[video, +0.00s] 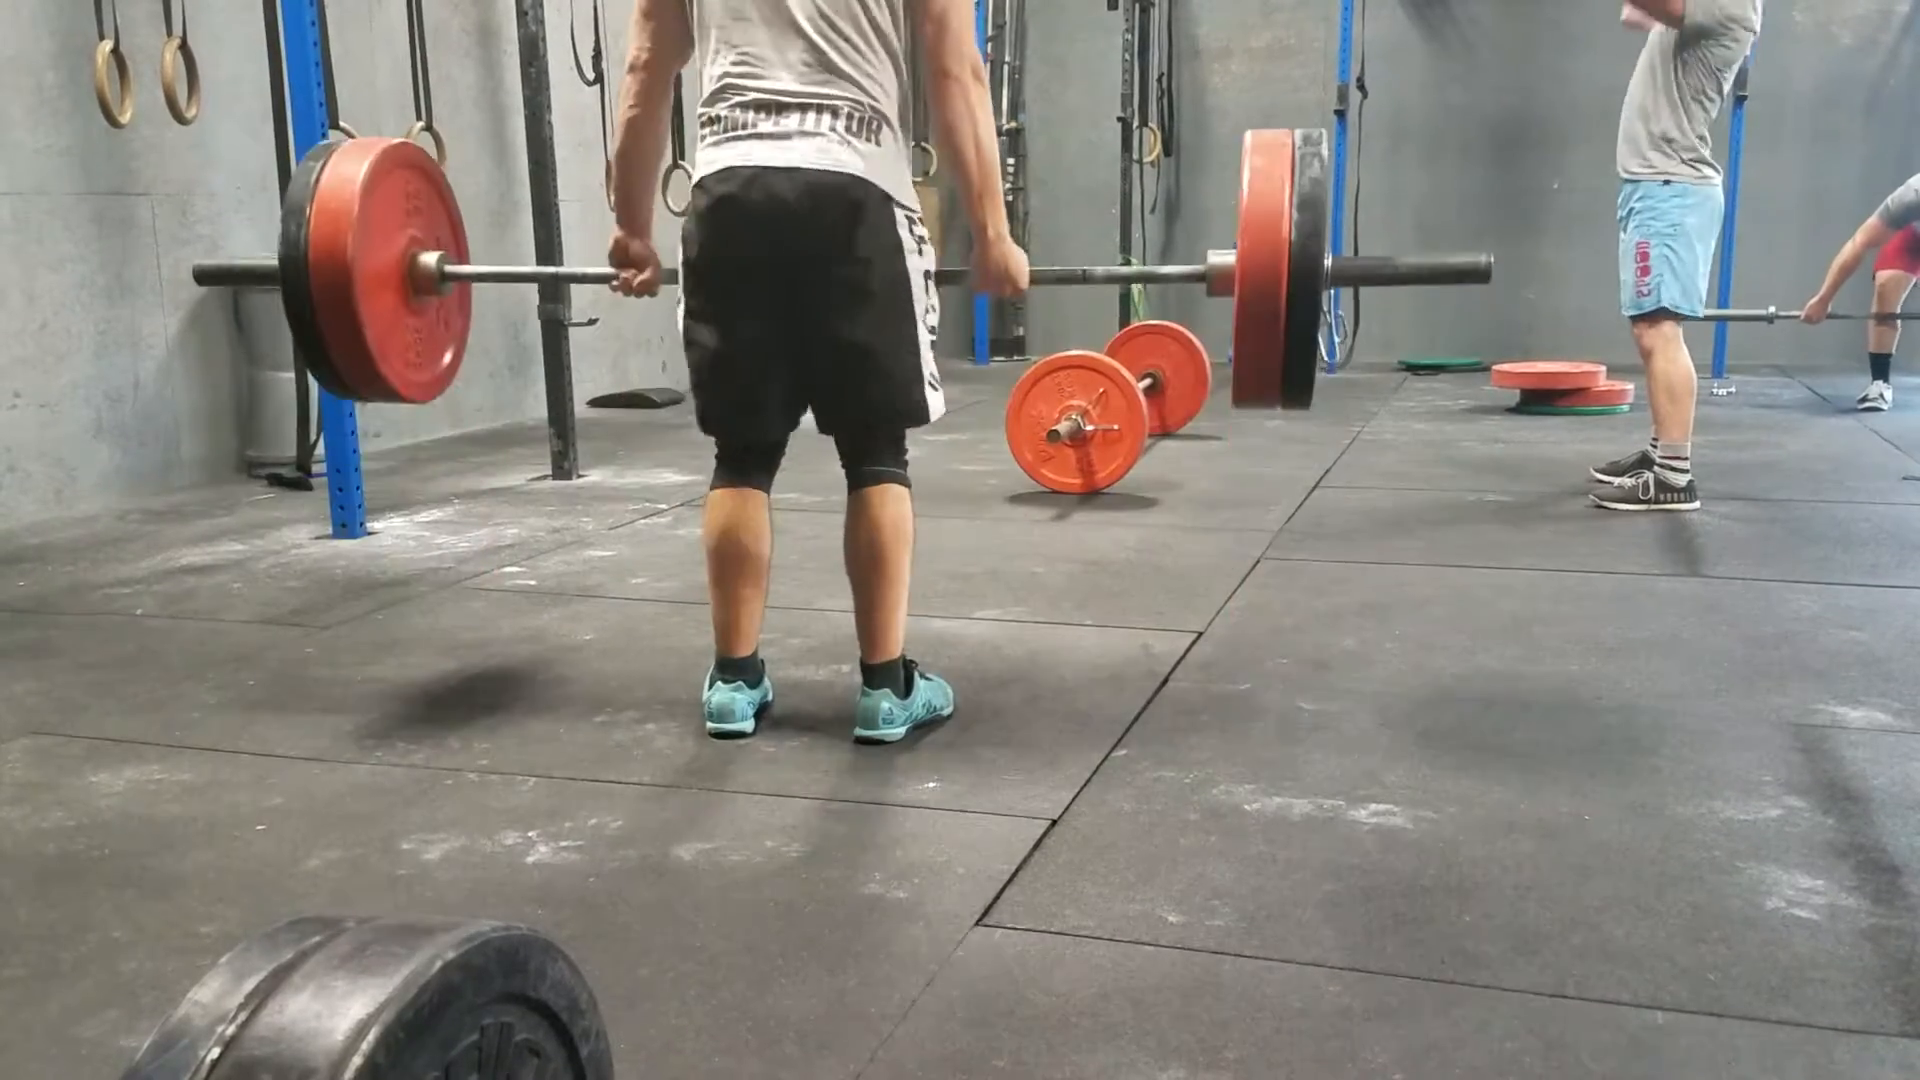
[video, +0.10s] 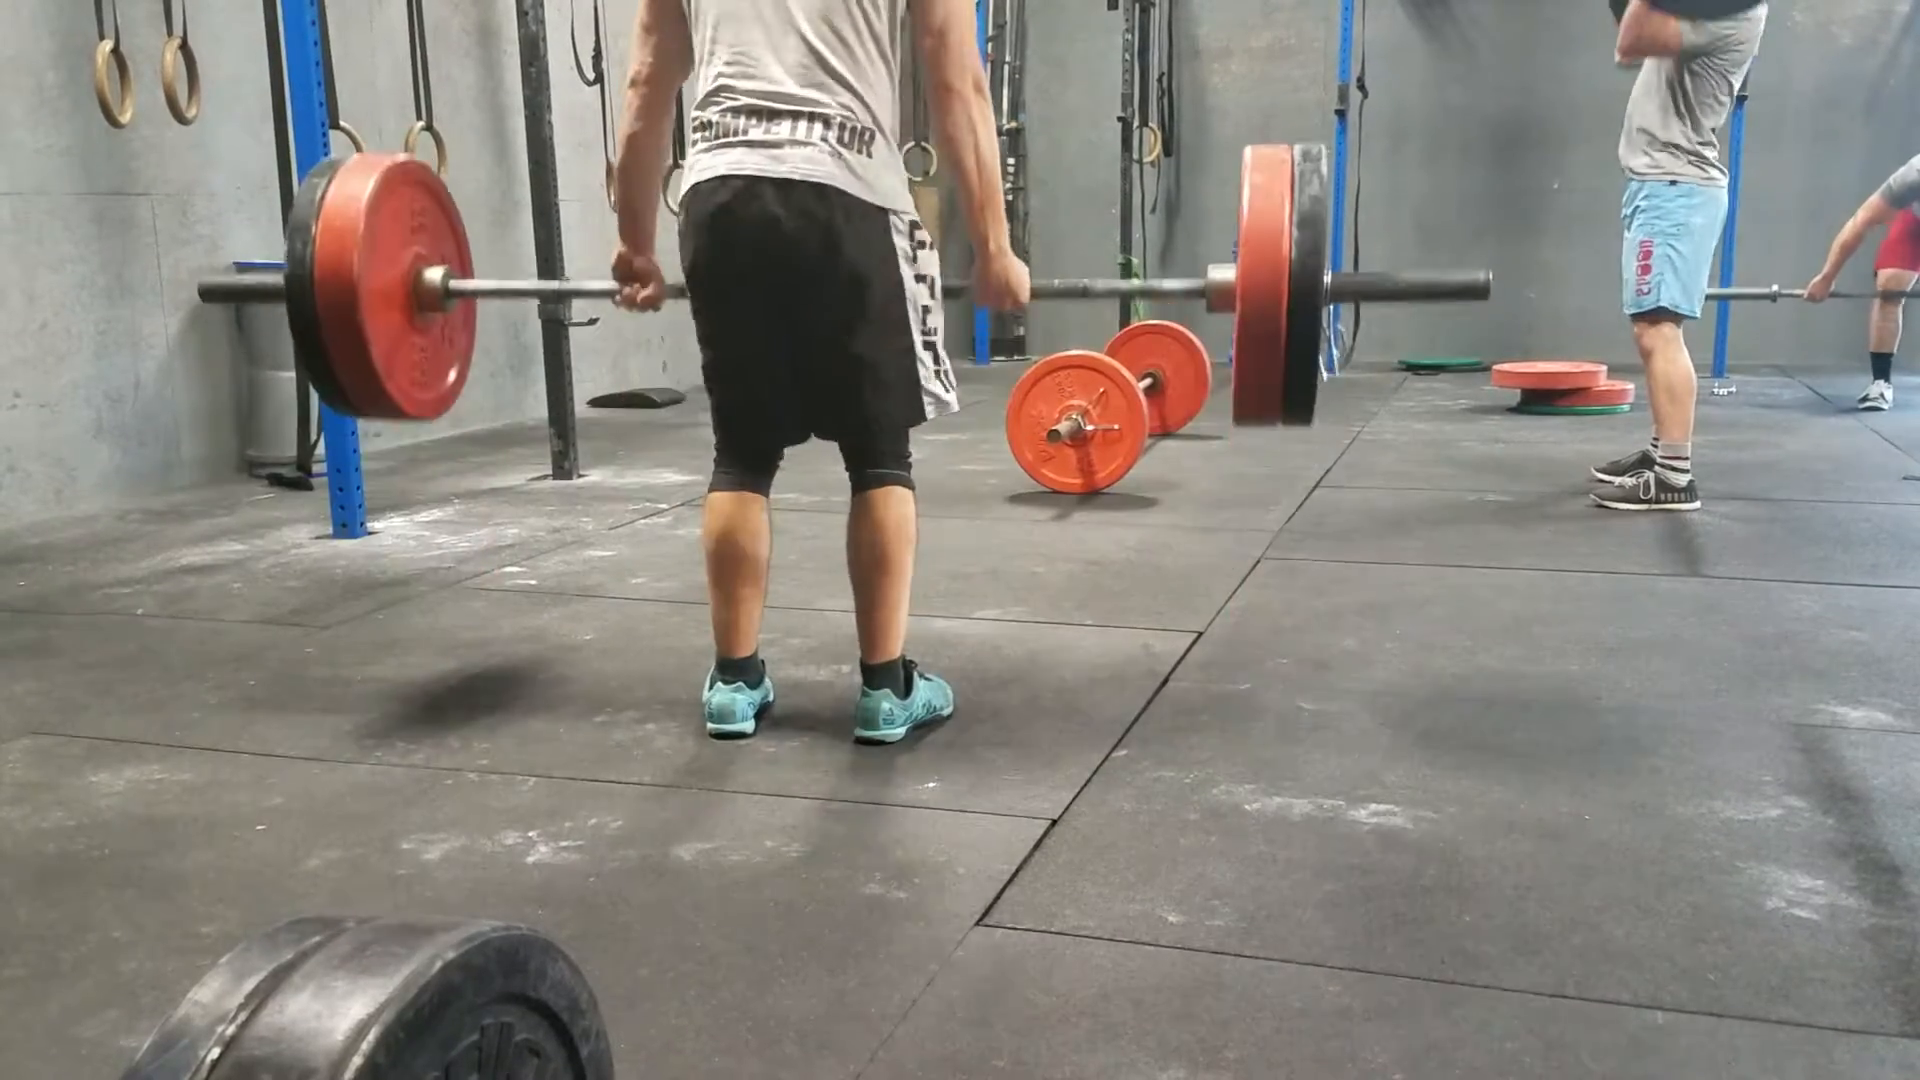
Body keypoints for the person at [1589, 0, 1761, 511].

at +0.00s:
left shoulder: (1730, 8)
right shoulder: (1704, 12)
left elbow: (1649, 5)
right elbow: (1631, 15)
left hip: (1671, 188)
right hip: (1654, 186)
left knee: (1658, 331)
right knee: (1652, 331)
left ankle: (1674, 473)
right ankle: (1661, 457)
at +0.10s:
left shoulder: (1737, 12)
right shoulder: (1708, 11)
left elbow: (1633, 39)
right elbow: (1629, 49)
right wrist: (1646, 4)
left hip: (1678, 186)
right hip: (1658, 183)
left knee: (1658, 330)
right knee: (1653, 329)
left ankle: (1674, 473)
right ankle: (1662, 456)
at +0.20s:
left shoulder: (1723, 32)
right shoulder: (1694, 20)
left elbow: (1636, 84)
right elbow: (1635, 82)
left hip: (1685, 190)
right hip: (1662, 186)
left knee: (1650, 330)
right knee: (1648, 330)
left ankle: (1674, 473)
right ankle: (1661, 455)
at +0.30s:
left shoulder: (1726, 20)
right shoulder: (1691, 16)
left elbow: (1635, 77)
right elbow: (1634, 76)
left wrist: (1658, 14)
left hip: (1688, 183)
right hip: (1667, 179)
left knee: (1665, 325)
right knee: (1658, 323)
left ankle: (1675, 472)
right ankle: (1665, 454)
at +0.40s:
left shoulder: (1739, 8)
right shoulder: (1703, 9)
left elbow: (1645, 33)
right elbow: (1629, 44)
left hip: (1685, 187)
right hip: (1665, 183)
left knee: (1673, 332)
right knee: (1667, 332)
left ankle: (1677, 473)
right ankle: (1667, 456)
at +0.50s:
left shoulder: (1736, 11)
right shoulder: (1702, 15)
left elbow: (1651, 3)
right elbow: (1636, 11)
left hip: (1673, 189)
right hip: (1653, 187)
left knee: (1671, 331)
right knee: (1665, 332)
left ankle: (1677, 474)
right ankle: (1667, 458)